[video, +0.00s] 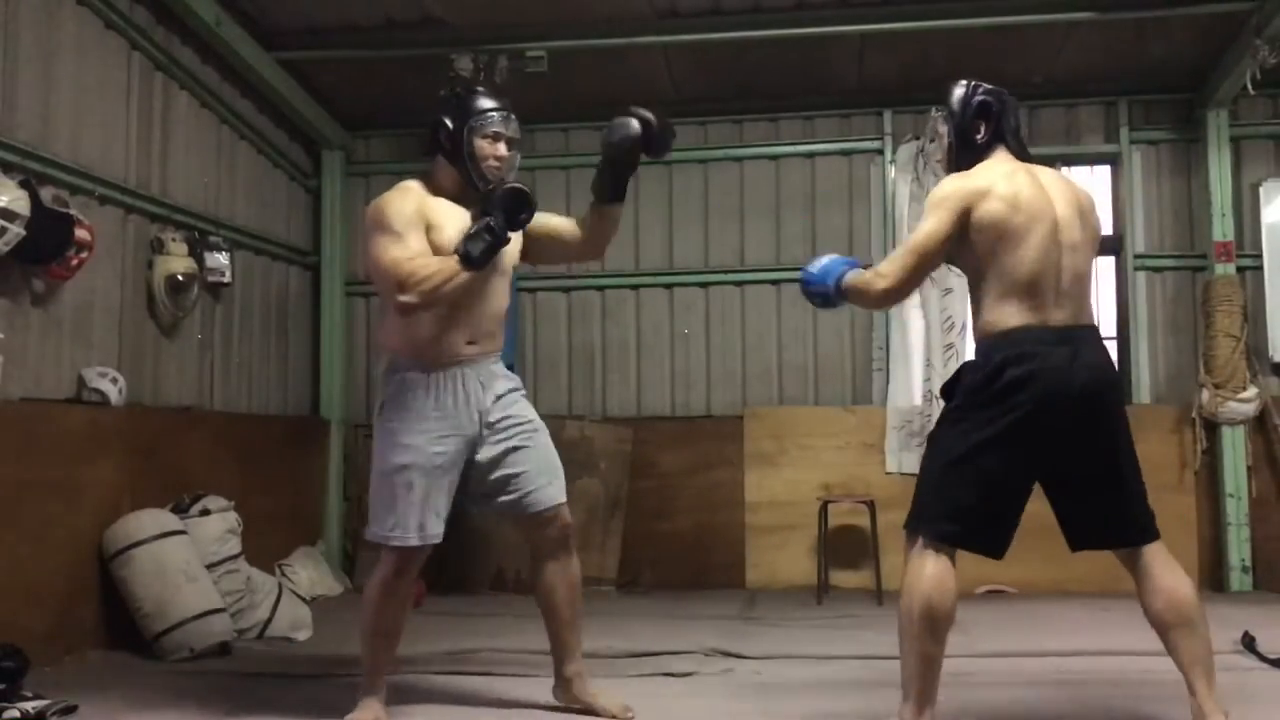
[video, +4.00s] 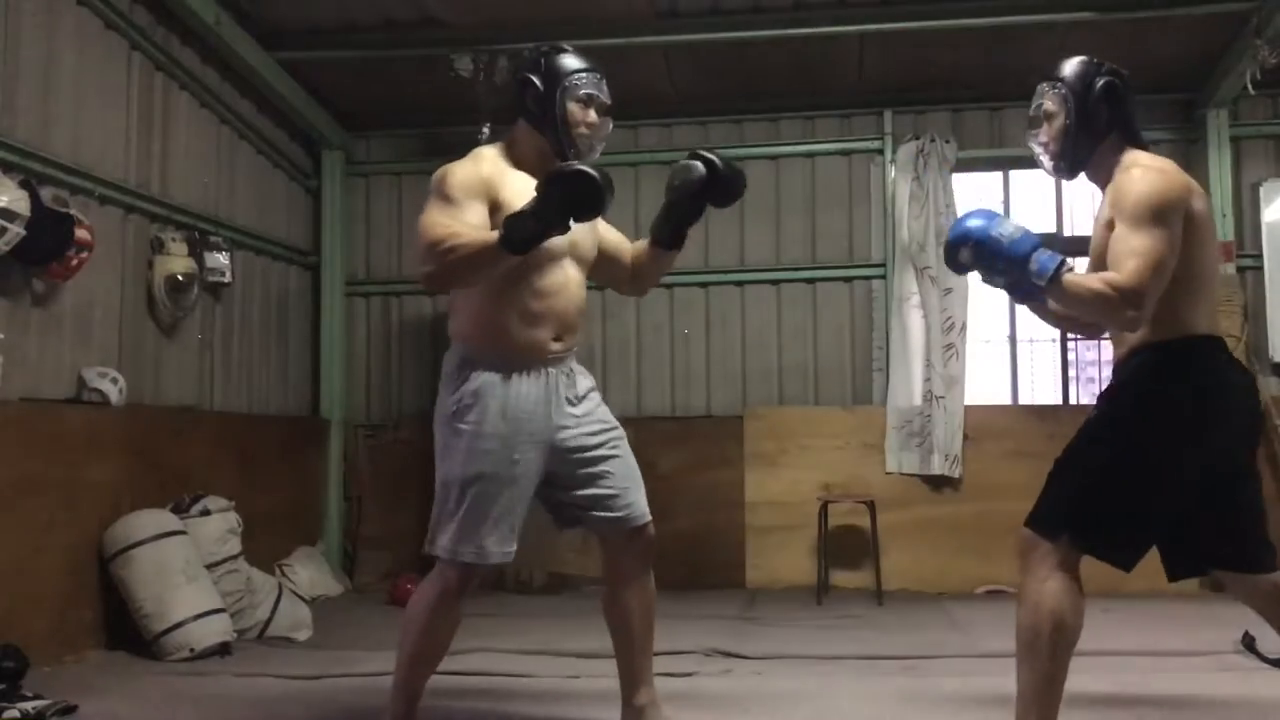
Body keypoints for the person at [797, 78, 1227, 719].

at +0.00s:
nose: (937, 145)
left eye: (940, 133)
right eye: (937, 132)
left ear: (966, 133)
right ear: (1008, 131)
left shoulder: (960, 189)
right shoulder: (1073, 190)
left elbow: (885, 287)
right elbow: (1073, 261)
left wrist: (837, 277)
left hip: (1006, 374)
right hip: (1089, 372)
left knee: (932, 542)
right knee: (1142, 544)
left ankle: (916, 709)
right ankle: (1210, 706)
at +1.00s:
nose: (968, 139)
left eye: (972, 122)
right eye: (967, 123)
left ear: (1003, 120)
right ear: (1037, 118)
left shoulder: (1023, 174)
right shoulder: (1100, 178)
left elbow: (998, 277)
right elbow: (1074, 263)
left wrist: (926, 260)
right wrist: (991, 231)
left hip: (1041, 378)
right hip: (1118, 376)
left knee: (970, 547)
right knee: (1158, 553)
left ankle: (948, 713)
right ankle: (1237, 708)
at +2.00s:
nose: (1019, 143)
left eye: (1023, 128)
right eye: (1019, 128)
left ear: (1051, 127)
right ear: (1097, 125)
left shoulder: (1046, 188)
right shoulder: (1172, 197)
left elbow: (927, 253)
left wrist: (873, 232)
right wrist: (1038, 187)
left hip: (1081, 391)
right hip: (1173, 391)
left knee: (987, 556)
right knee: (1226, 569)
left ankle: (949, 712)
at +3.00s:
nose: (1069, 129)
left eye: (1075, 112)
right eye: (1067, 114)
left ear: (1114, 107)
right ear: (1142, 107)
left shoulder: (1146, 169)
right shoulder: (1217, 176)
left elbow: (1106, 283)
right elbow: (1144, 295)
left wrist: (1016, 235)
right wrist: (1044, 273)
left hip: (1162, 381)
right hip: (1245, 379)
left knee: (1063, 546)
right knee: (1270, 564)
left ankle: (1037, 711)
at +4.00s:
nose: (1037, 133)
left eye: (1047, 116)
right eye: (1036, 119)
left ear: (1091, 114)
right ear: (1089, 119)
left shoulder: (1147, 178)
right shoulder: (1120, 198)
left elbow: (1126, 302)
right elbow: (1092, 319)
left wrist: (1029, 255)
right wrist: (1011, 278)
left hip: (1169, 388)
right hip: (1204, 390)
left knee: (1047, 549)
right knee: (1242, 569)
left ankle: (1033, 711)